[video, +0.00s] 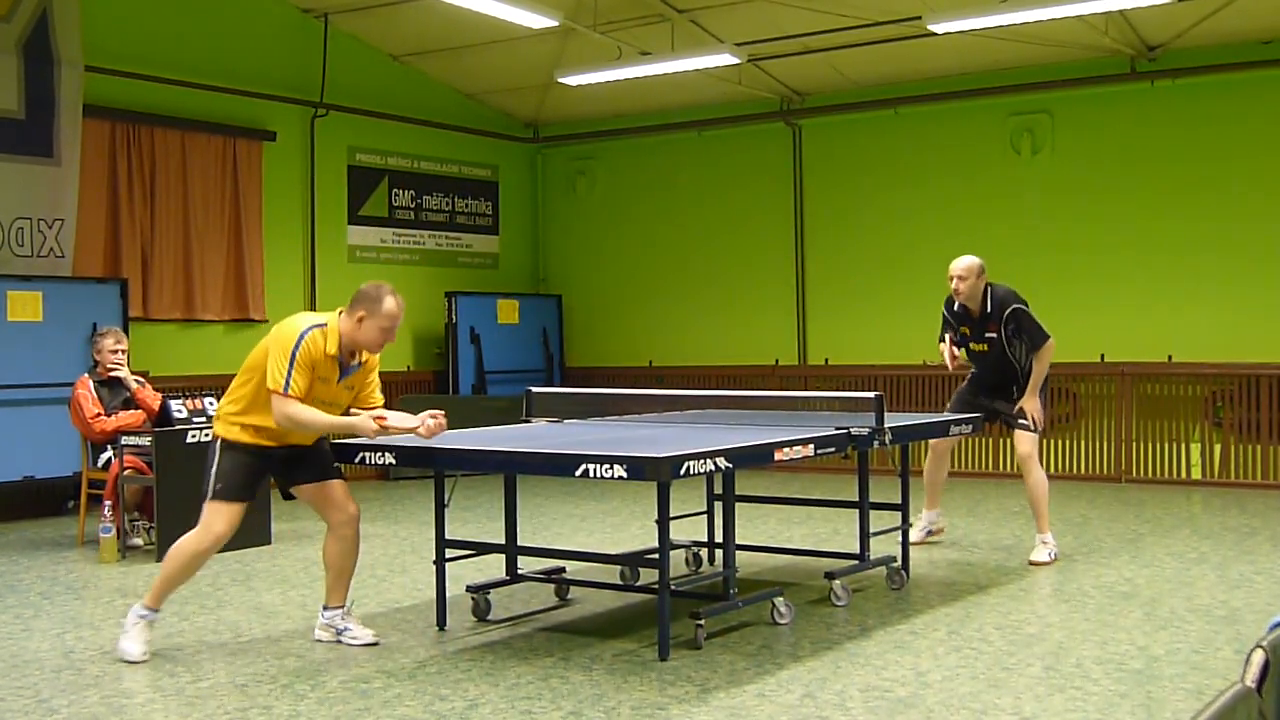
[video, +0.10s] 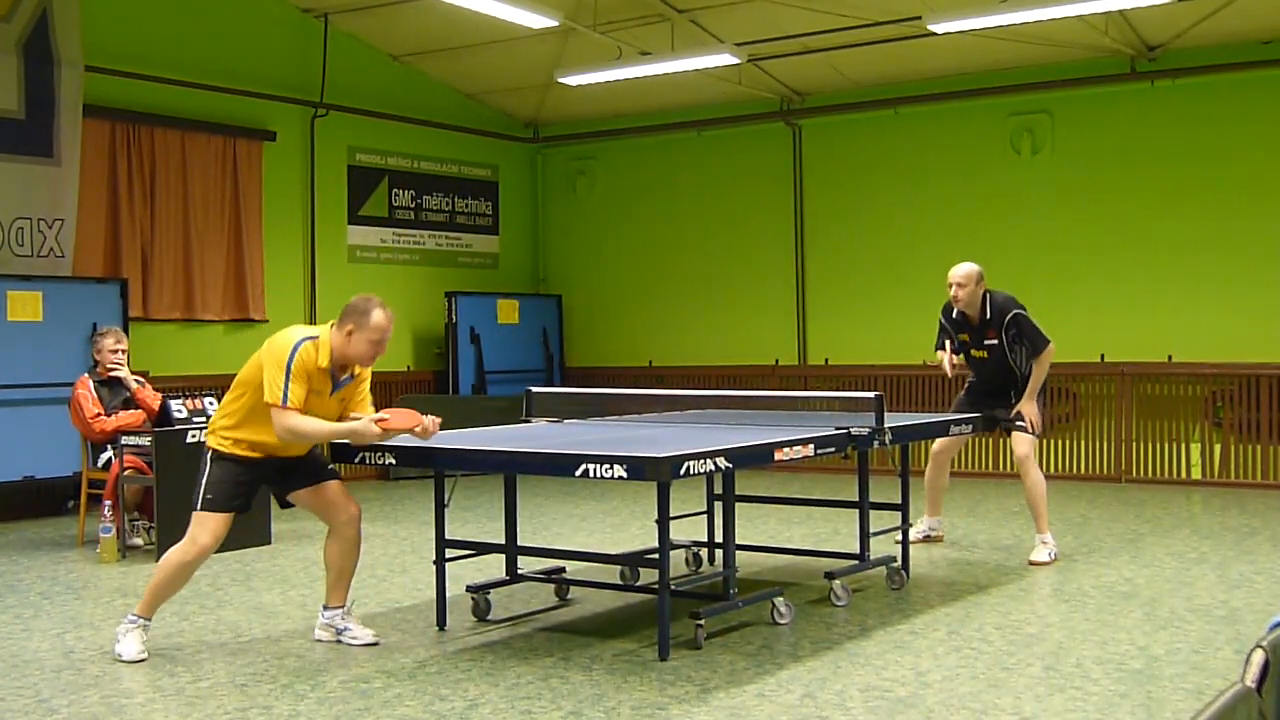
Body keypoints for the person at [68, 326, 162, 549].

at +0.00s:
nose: (120, 357)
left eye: (123, 352)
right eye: (113, 352)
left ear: (128, 354)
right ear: (97, 355)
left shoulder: (137, 382)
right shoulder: (84, 386)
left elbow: (163, 413)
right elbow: (96, 429)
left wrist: (133, 385)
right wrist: (141, 416)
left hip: (146, 446)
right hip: (111, 449)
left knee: (170, 468)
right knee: (132, 474)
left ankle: (151, 521)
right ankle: (131, 519)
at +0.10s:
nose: (120, 357)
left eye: (123, 352)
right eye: (113, 351)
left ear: (128, 354)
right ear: (97, 355)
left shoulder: (137, 382)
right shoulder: (84, 385)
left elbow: (162, 413)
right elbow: (96, 428)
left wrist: (132, 385)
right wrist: (142, 416)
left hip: (146, 446)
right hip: (111, 449)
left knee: (169, 468)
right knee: (133, 473)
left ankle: (151, 521)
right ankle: (131, 519)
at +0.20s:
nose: (119, 357)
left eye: (123, 352)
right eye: (113, 351)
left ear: (128, 355)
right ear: (97, 355)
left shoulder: (137, 382)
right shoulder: (84, 385)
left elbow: (162, 413)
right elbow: (96, 428)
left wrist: (132, 385)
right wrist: (142, 416)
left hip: (146, 446)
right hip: (110, 449)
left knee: (169, 469)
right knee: (133, 474)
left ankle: (150, 520)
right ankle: (130, 519)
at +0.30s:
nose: (120, 357)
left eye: (124, 352)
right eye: (113, 351)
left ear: (128, 354)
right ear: (97, 354)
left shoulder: (137, 381)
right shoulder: (85, 385)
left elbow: (162, 413)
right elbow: (97, 427)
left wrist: (132, 384)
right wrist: (141, 416)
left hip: (145, 446)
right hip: (111, 449)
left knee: (169, 469)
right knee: (133, 474)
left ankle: (147, 519)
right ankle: (130, 519)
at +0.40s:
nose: (120, 357)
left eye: (124, 352)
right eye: (114, 351)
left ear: (128, 354)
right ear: (97, 354)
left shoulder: (137, 381)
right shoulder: (85, 385)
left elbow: (162, 412)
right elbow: (97, 427)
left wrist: (132, 384)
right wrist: (141, 416)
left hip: (145, 446)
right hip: (111, 449)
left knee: (169, 469)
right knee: (133, 474)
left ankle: (148, 520)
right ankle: (130, 518)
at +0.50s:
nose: (120, 356)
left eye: (124, 351)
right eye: (113, 351)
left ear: (128, 354)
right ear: (97, 354)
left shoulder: (137, 381)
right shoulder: (84, 385)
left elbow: (163, 412)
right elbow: (97, 428)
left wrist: (133, 384)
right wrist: (142, 415)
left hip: (146, 446)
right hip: (112, 449)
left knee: (170, 469)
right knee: (133, 474)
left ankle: (152, 521)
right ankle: (131, 519)